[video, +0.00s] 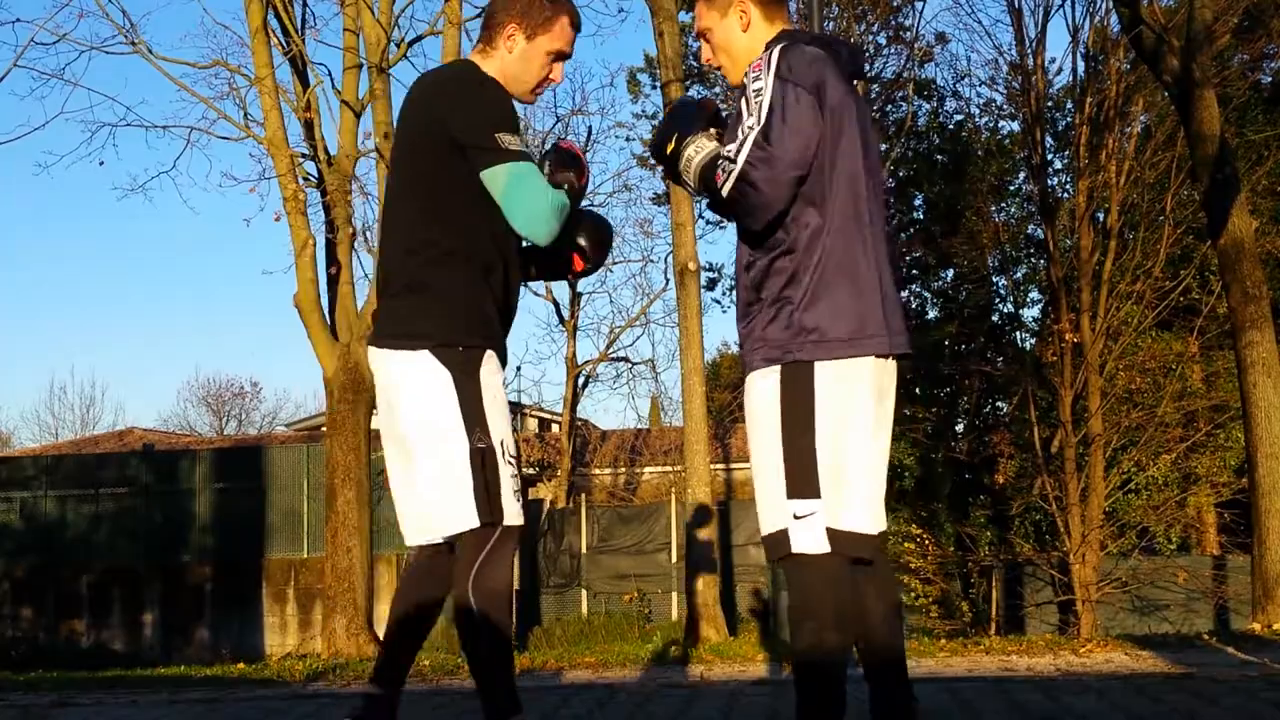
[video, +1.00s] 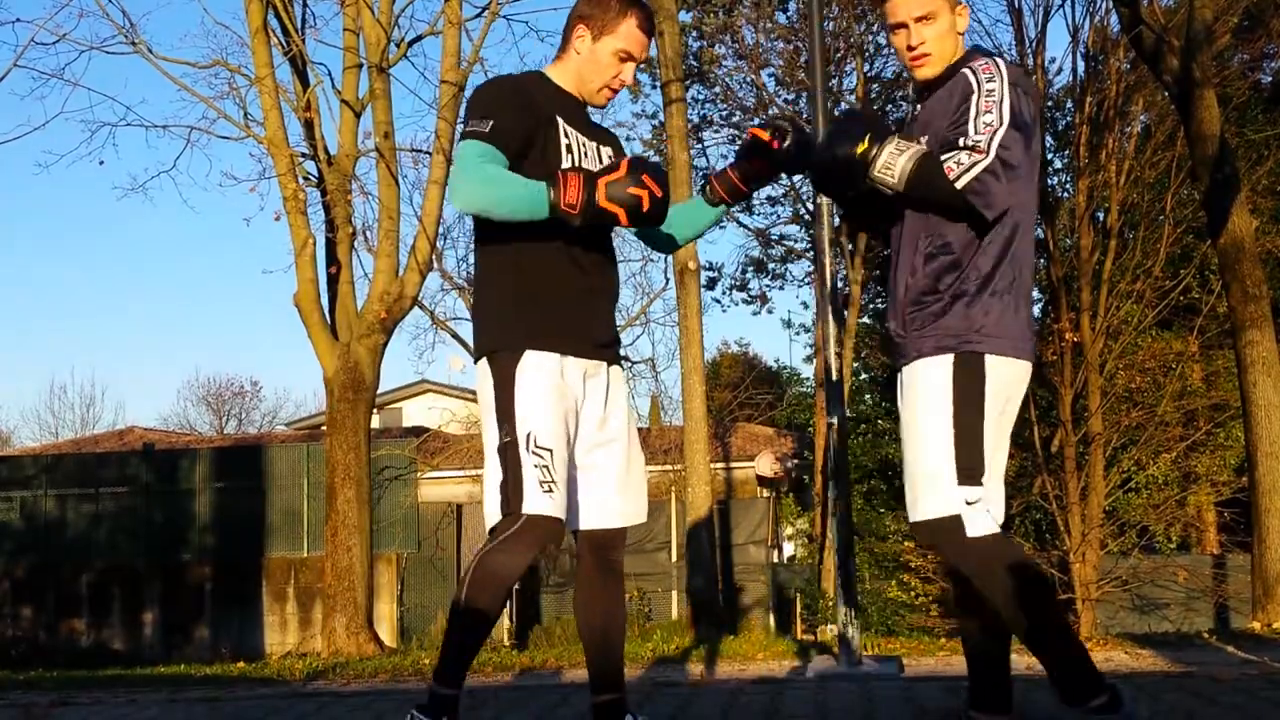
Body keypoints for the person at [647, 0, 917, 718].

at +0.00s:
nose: (702, 53)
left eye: (705, 34)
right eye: (699, 39)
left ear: (746, 17)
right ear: (756, 18)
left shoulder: (786, 72)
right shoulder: (826, 75)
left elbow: (754, 195)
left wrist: (694, 148)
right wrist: (713, 139)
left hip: (806, 335)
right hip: (858, 328)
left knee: (801, 538)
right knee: (854, 537)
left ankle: (818, 716)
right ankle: (894, 709)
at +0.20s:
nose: (695, 58)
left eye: (699, 36)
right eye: (690, 41)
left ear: (745, 17)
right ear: (755, 19)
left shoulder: (776, 74)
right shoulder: (823, 75)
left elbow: (750, 197)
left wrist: (692, 165)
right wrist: (709, 155)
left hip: (808, 335)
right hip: (858, 329)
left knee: (800, 535)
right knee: (842, 529)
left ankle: (818, 712)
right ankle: (905, 687)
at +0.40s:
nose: (768, 31)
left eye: (782, 12)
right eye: (754, 21)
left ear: (819, 6)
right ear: (745, 25)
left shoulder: (843, 69)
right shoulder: (790, 93)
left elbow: (784, 193)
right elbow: (758, 208)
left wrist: (729, 138)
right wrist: (711, 165)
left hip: (831, 336)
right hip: (838, 335)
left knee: (813, 536)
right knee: (858, 529)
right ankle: (957, 691)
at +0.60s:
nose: (830, 50)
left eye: (843, 30)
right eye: (815, 37)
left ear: (876, 24)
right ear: (800, 41)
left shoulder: (913, 97)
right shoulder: (814, 118)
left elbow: (903, 209)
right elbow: (802, 245)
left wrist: (794, 158)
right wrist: (751, 174)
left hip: (883, 351)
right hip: (846, 354)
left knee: (845, 543)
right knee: (910, 539)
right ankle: (981, 704)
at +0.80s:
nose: (873, 52)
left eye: (886, 34)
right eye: (859, 40)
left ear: (920, 26)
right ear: (847, 43)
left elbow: (969, 202)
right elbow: (851, 247)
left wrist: (856, 161)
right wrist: (809, 181)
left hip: (936, 336)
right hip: (882, 341)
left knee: (869, 508)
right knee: (940, 523)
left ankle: (912, 711)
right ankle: (986, 707)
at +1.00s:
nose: (910, 39)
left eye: (924, 22)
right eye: (897, 28)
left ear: (960, 17)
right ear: (888, 33)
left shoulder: (990, 77)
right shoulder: (923, 112)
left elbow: (991, 185)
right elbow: (893, 225)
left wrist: (884, 157)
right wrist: (838, 173)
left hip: (971, 334)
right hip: (932, 338)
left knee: (944, 518)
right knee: (965, 524)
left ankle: (1088, 695)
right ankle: (988, 707)